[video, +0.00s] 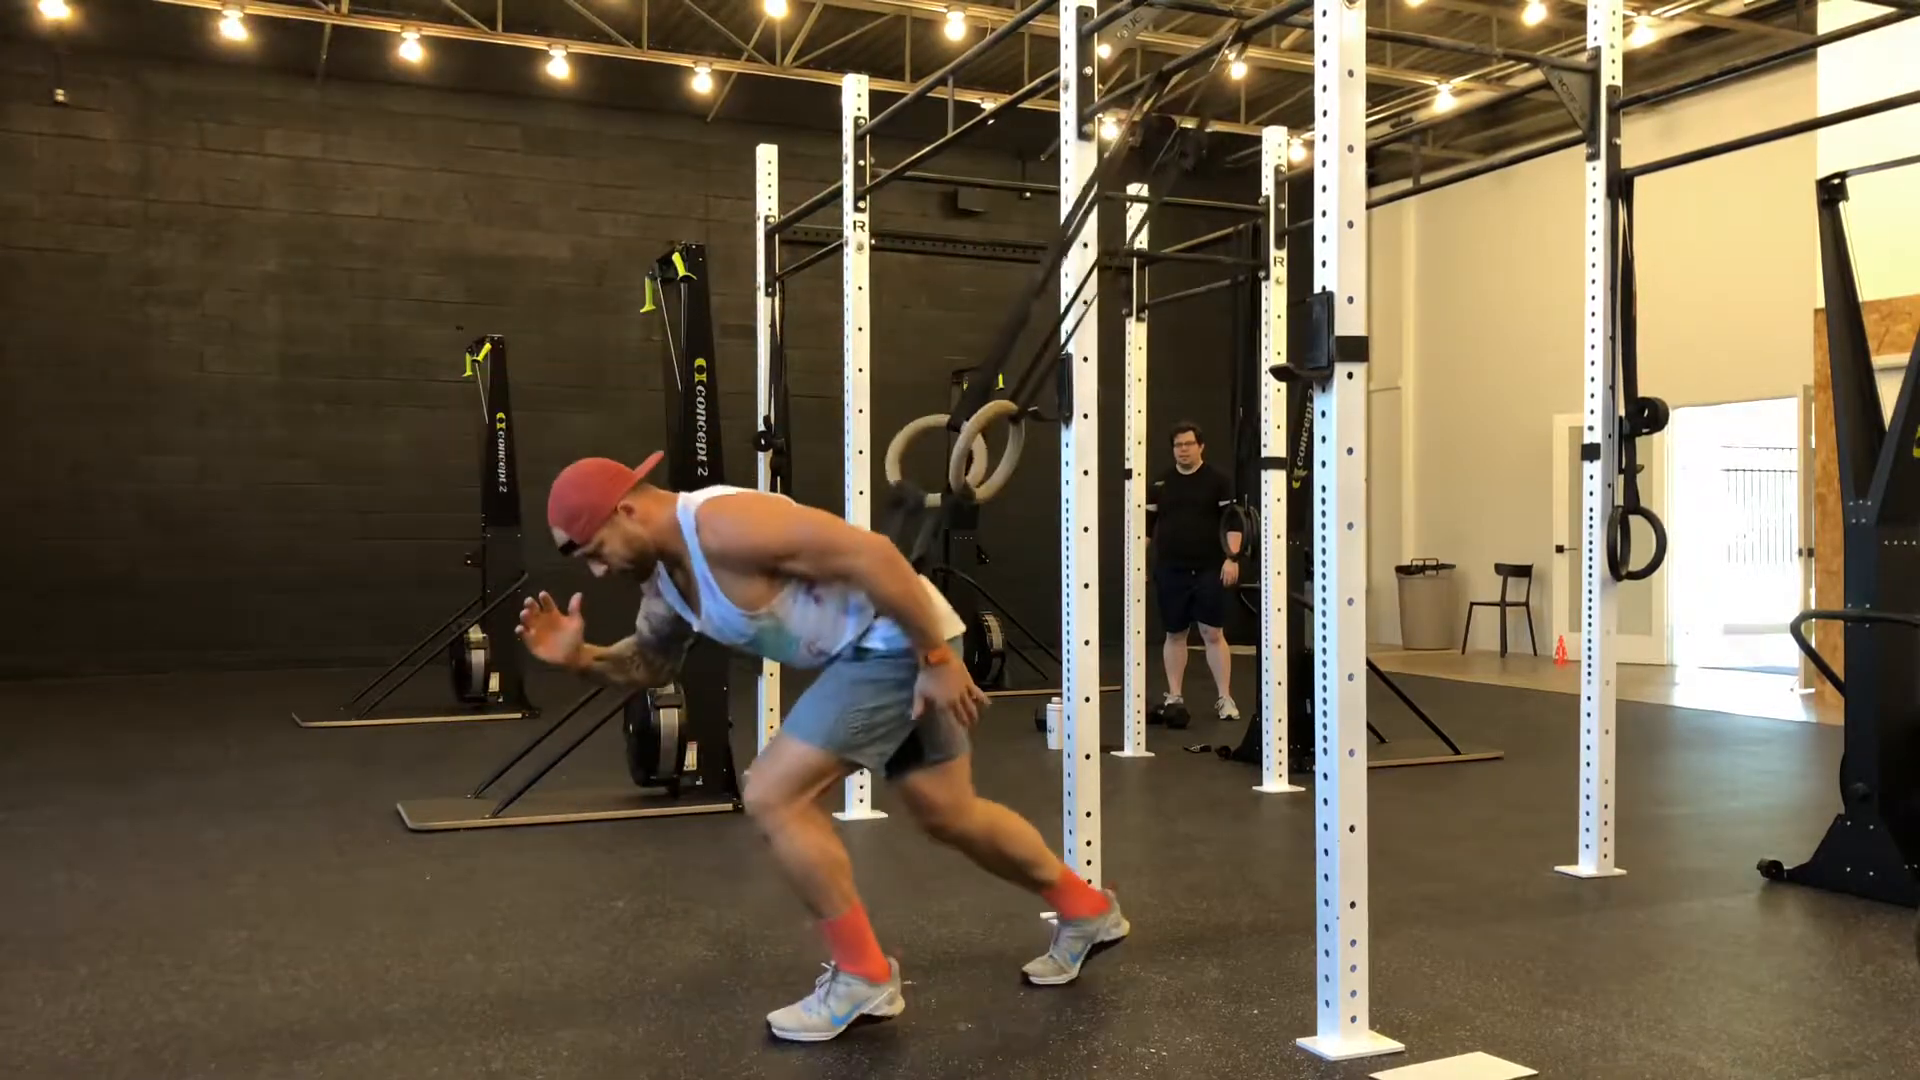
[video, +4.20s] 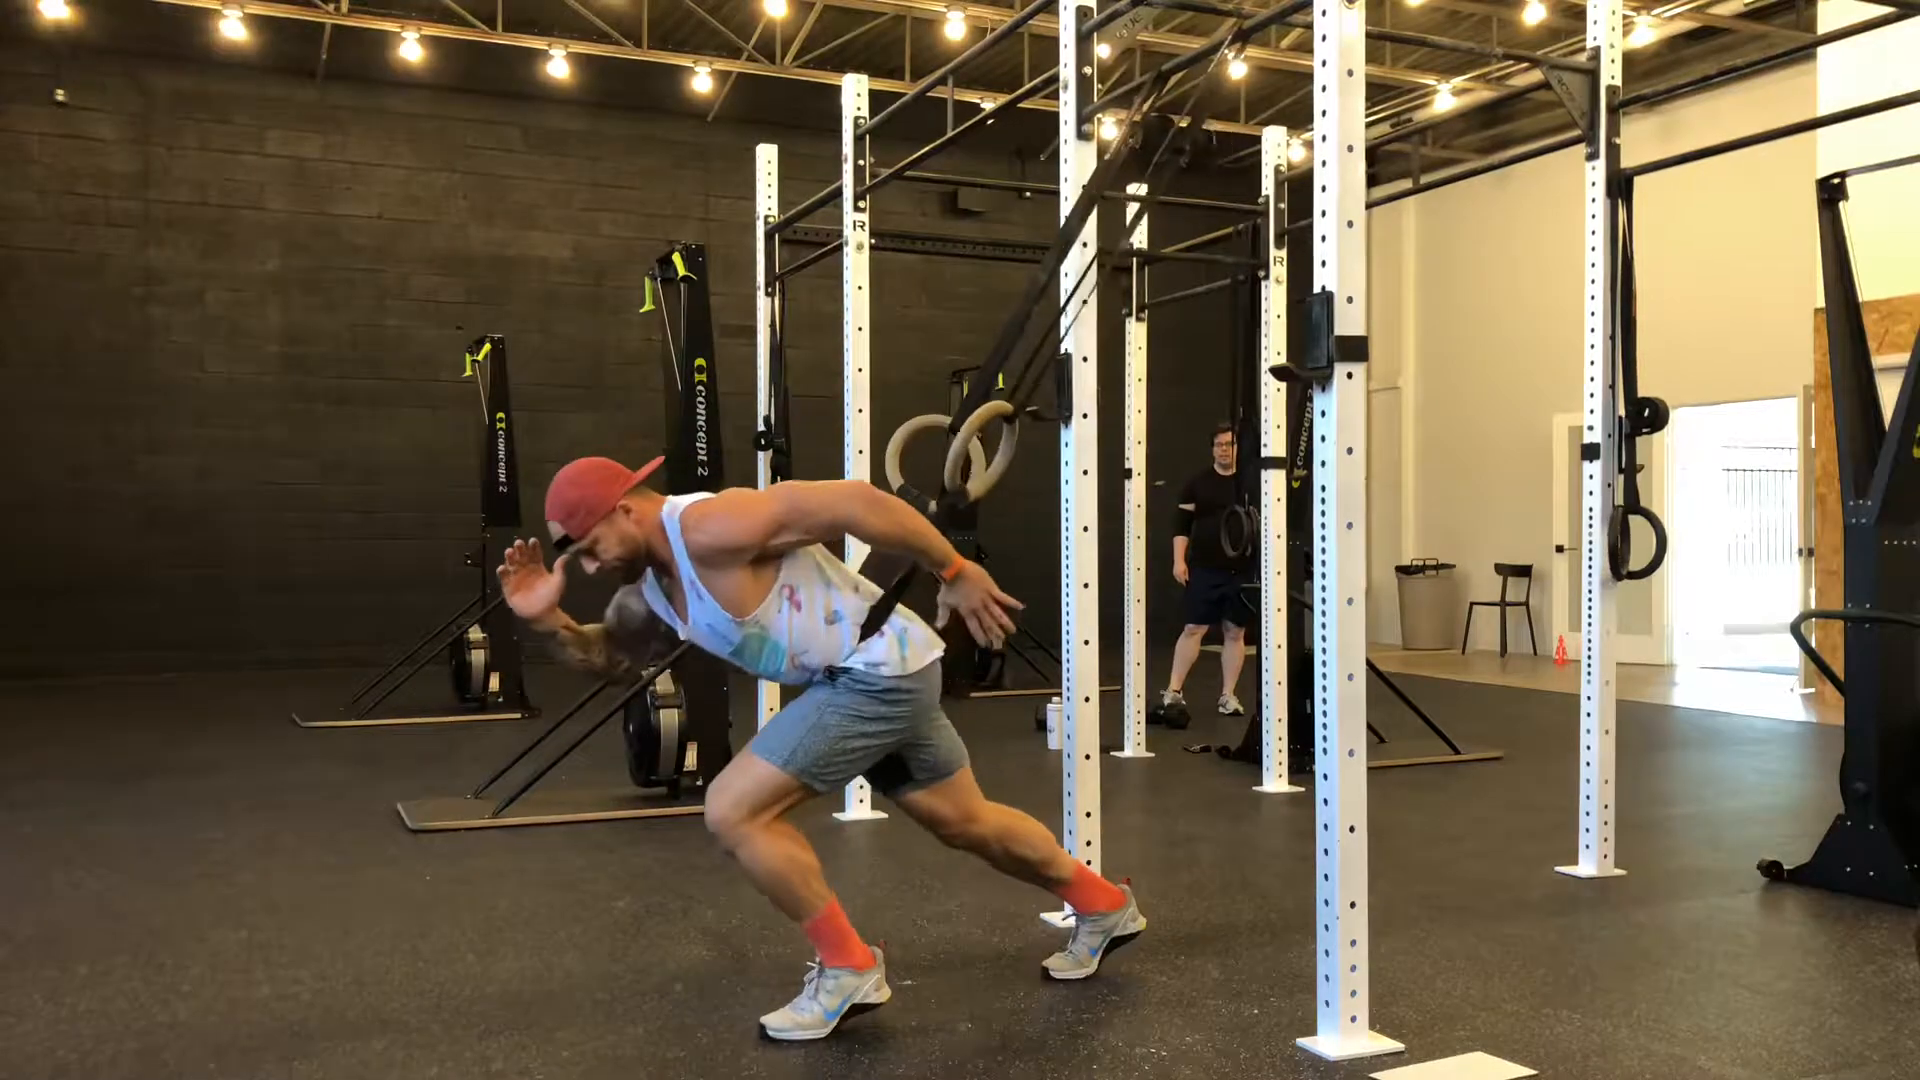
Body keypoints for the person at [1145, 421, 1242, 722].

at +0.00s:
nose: (1182, 450)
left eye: (1188, 444)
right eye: (1178, 445)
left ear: (1201, 447)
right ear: (1172, 449)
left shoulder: (1217, 480)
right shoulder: (1162, 483)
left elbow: (1233, 521)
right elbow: (1148, 527)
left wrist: (1232, 558)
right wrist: (1141, 563)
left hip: (1209, 570)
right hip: (1171, 570)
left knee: (1213, 634)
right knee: (1175, 634)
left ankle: (1224, 698)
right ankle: (1174, 696)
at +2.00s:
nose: (1169, 451)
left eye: (1174, 445)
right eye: (1164, 446)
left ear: (1186, 449)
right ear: (1158, 450)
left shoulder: (1203, 483)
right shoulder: (1147, 486)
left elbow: (1217, 525)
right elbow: (1134, 527)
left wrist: (1217, 559)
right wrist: (1130, 560)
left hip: (1196, 569)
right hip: (1160, 570)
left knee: (1204, 631)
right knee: (1168, 633)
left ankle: (1222, 697)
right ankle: (1173, 696)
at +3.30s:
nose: (1210, 448)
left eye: (1215, 443)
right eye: (1205, 443)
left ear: (1226, 447)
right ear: (1198, 448)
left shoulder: (1239, 482)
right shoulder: (1184, 482)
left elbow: (1255, 521)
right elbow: (1169, 525)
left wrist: (1255, 557)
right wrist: (1168, 560)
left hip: (1230, 568)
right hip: (1192, 567)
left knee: (1228, 632)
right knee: (1187, 633)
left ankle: (1227, 694)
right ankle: (1175, 693)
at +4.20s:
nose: (1224, 449)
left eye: (1229, 444)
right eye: (1219, 445)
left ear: (1239, 448)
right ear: (1212, 449)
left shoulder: (1249, 483)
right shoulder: (1198, 483)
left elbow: (1265, 522)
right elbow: (1182, 524)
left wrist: (1264, 562)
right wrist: (1179, 561)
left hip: (1240, 570)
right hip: (1204, 568)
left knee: (1234, 632)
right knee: (1194, 629)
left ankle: (1228, 695)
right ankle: (1173, 691)